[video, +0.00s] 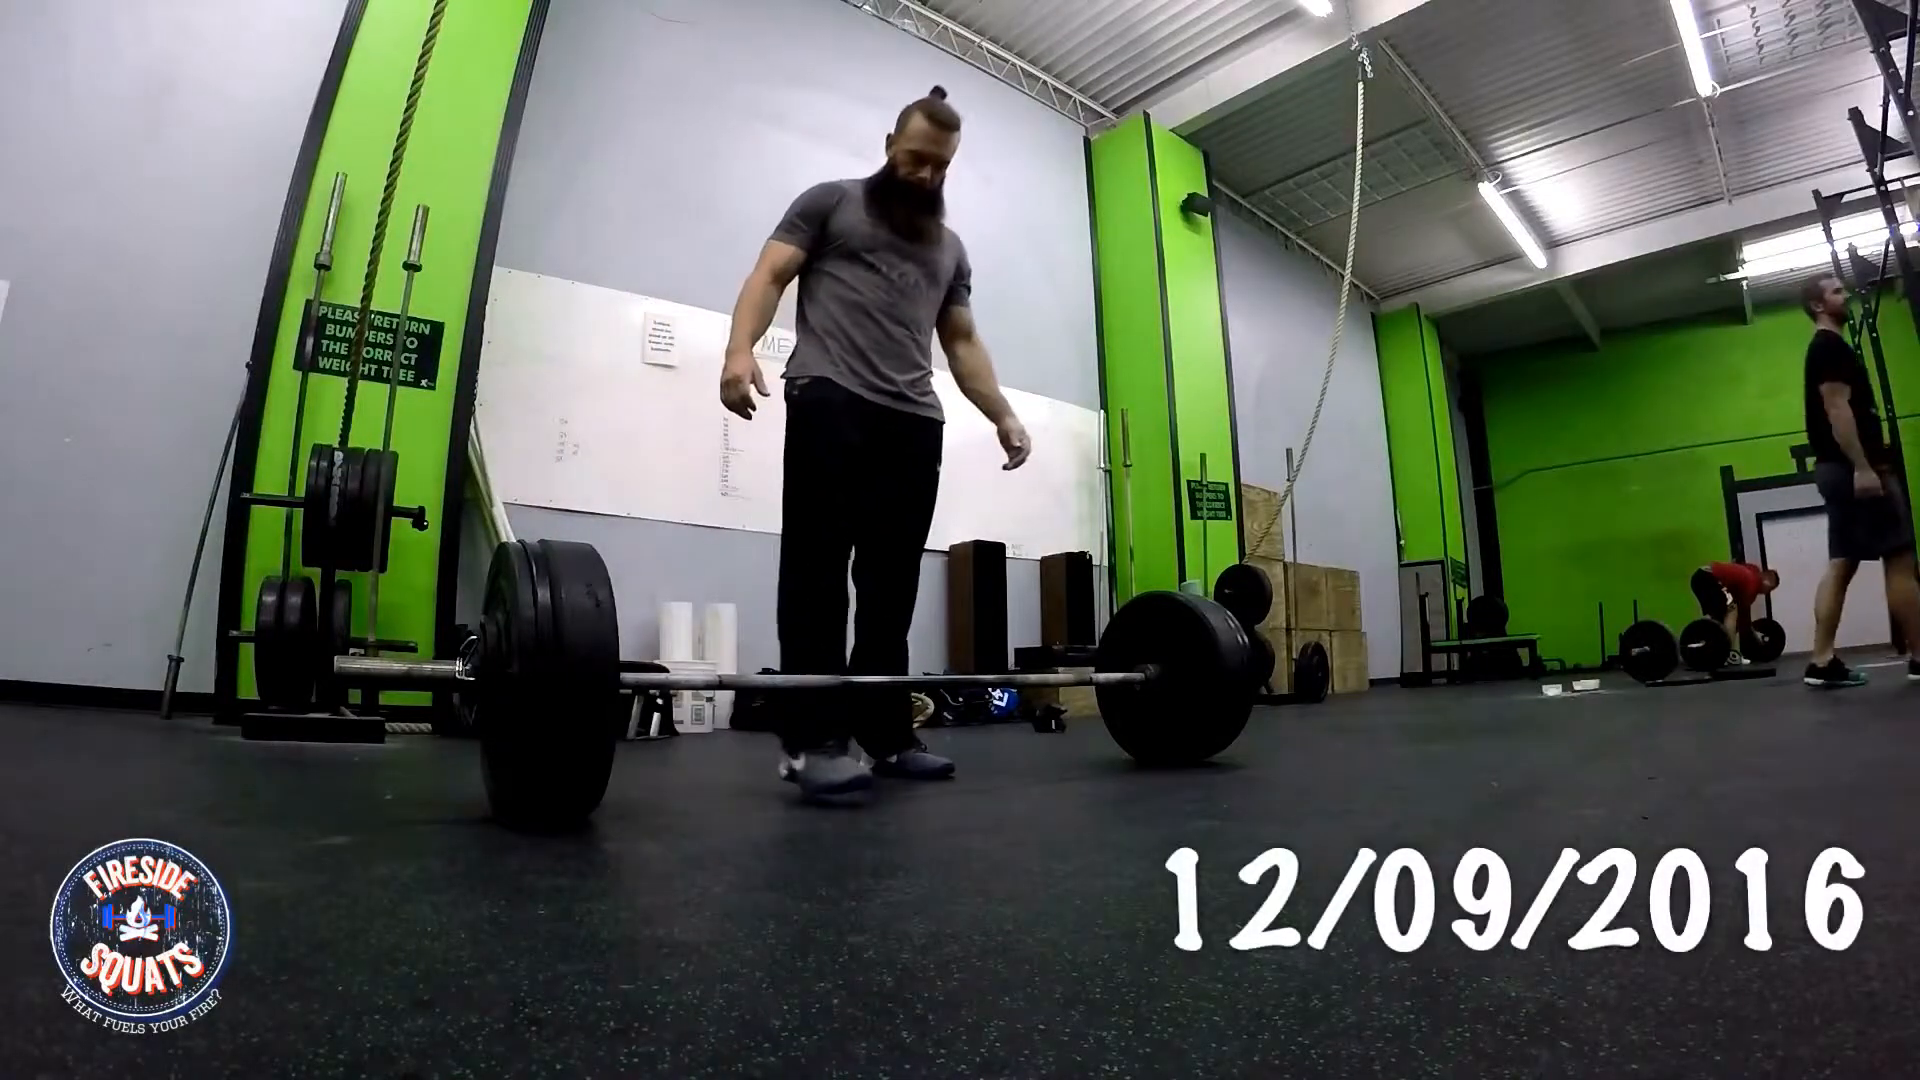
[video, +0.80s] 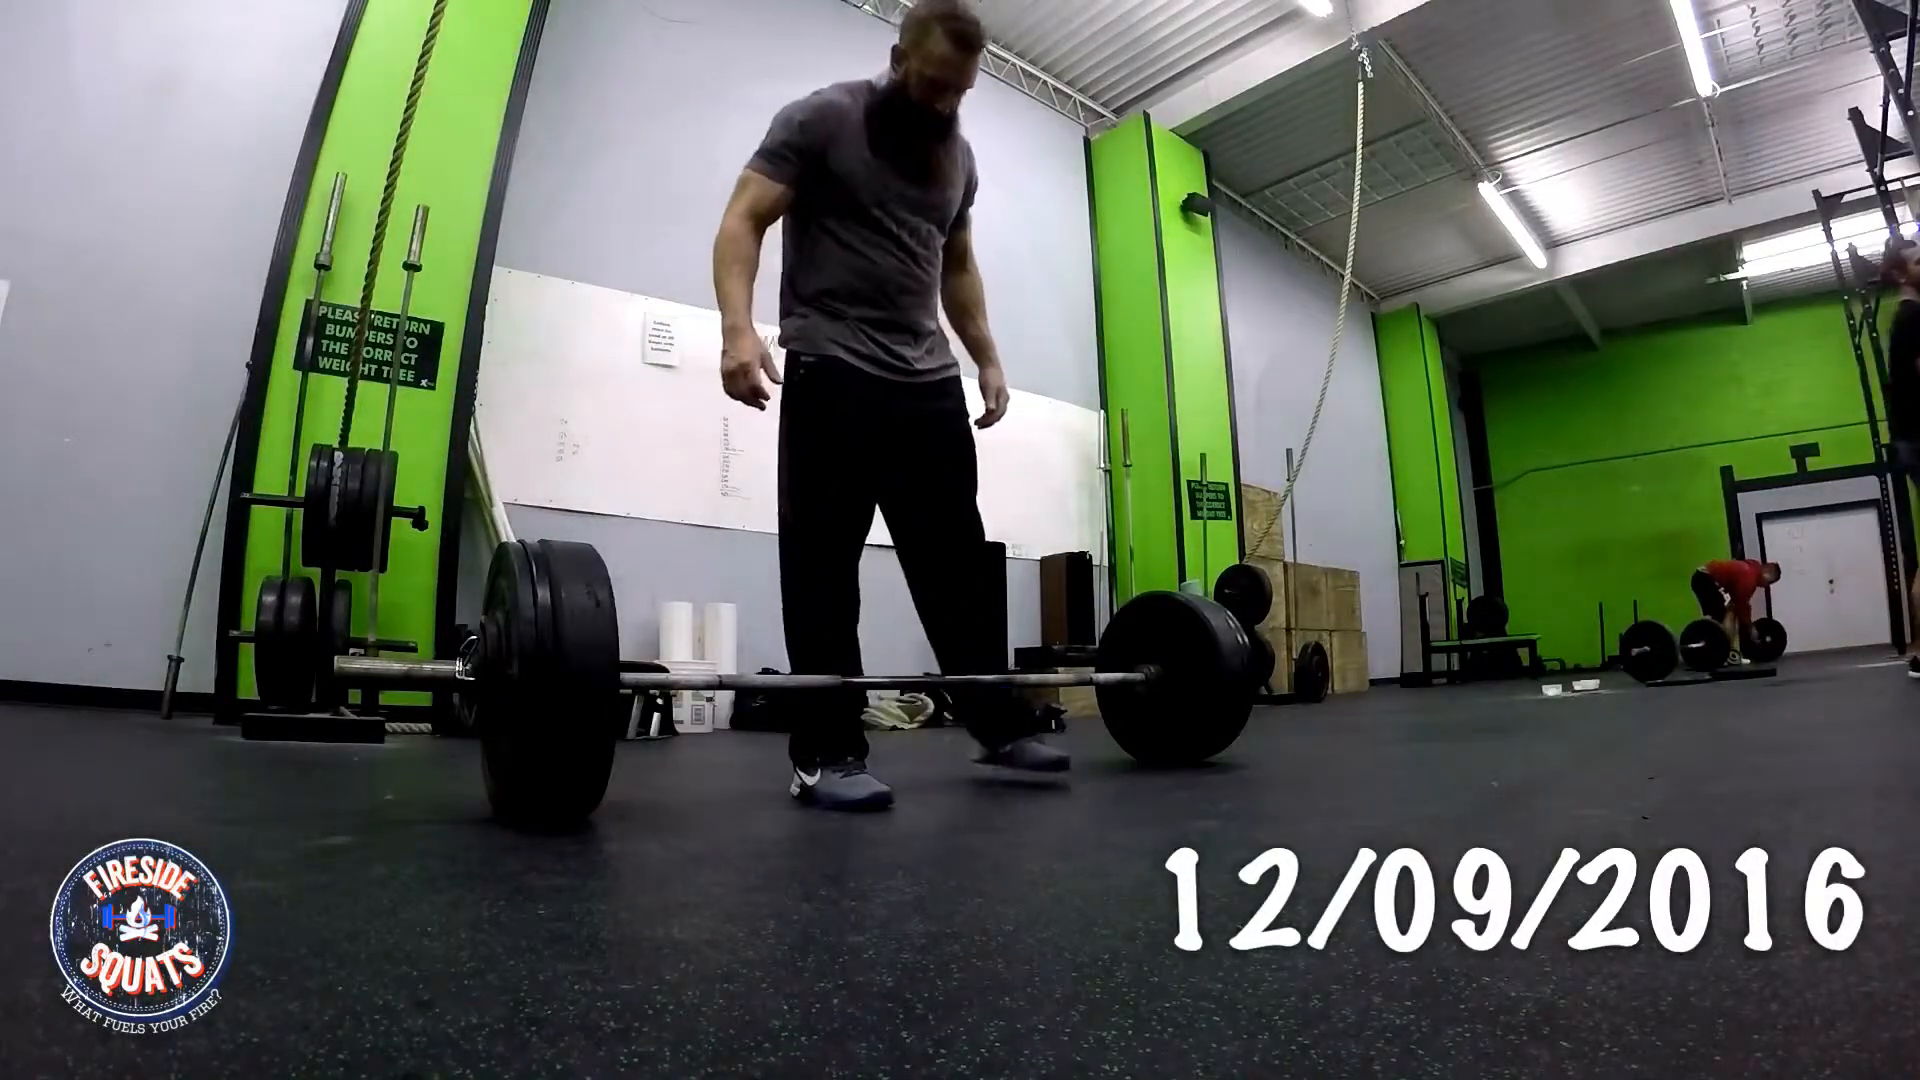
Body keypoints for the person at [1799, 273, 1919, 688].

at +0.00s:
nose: (1846, 295)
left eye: (1843, 289)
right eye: (1837, 291)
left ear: (1824, 305)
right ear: (1818, 305)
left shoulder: (1827, 345)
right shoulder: (1830, 346)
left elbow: (1840, 410)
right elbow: (1837, 408)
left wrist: (1868, 458)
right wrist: (1862, 467)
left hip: (1839, 468)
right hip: (1861, 468)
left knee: (1841, 564)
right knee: (1901, 560)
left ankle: (1822, 660)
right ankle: (1916, 654)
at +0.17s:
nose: (1872, 279)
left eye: (1869, 274)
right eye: (1864, 277)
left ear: (1851, 293)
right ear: (1847, 292)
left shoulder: (1855, 334)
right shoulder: (1856, 336)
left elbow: (1868, 400)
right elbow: (1869, 400)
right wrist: (1896, 455)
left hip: (1868, 459)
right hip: (1882, 459)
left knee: (1876, 558)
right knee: (1909, 557)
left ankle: (1834, 646)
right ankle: (1916, 653)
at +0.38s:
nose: (1894, 274)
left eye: (1890, 268)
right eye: (1887, 270)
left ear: (1867, 283)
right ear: (1870, 281)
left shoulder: (1868, 326)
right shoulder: (1884, 326)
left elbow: (1890, 391)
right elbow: (1911, 389)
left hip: (1883, 450)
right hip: (1900, 451)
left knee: (1914, 546)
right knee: (1916, 547)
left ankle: (1886, 631)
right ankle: (1914, 651)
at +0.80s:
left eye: (1918, 259)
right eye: (1915, 260)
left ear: (1902, 272)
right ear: (1899, 272)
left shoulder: (1906, 316)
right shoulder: (1908, 317)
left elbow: (1899, 385)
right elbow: (1903, 384)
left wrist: (1903, 438)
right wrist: (1905, 438)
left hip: (1912, 442)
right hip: (1915, 443)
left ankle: (1918, 645)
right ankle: (1917, 646)